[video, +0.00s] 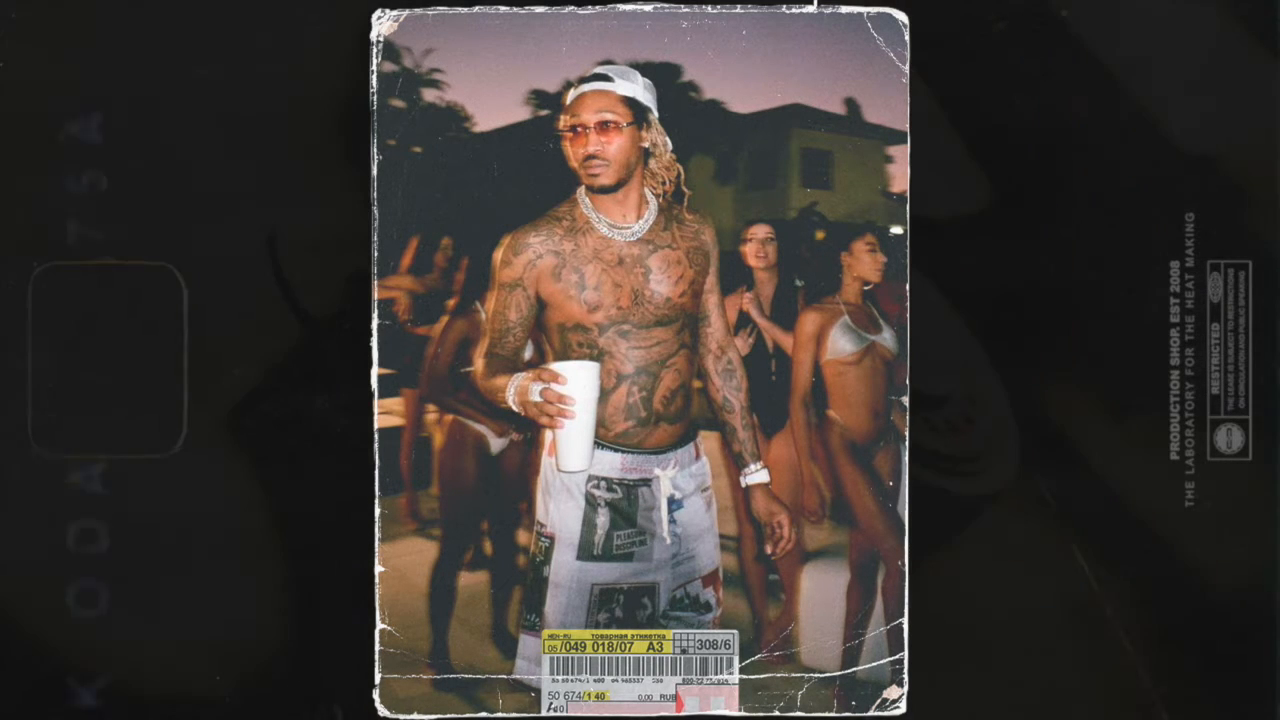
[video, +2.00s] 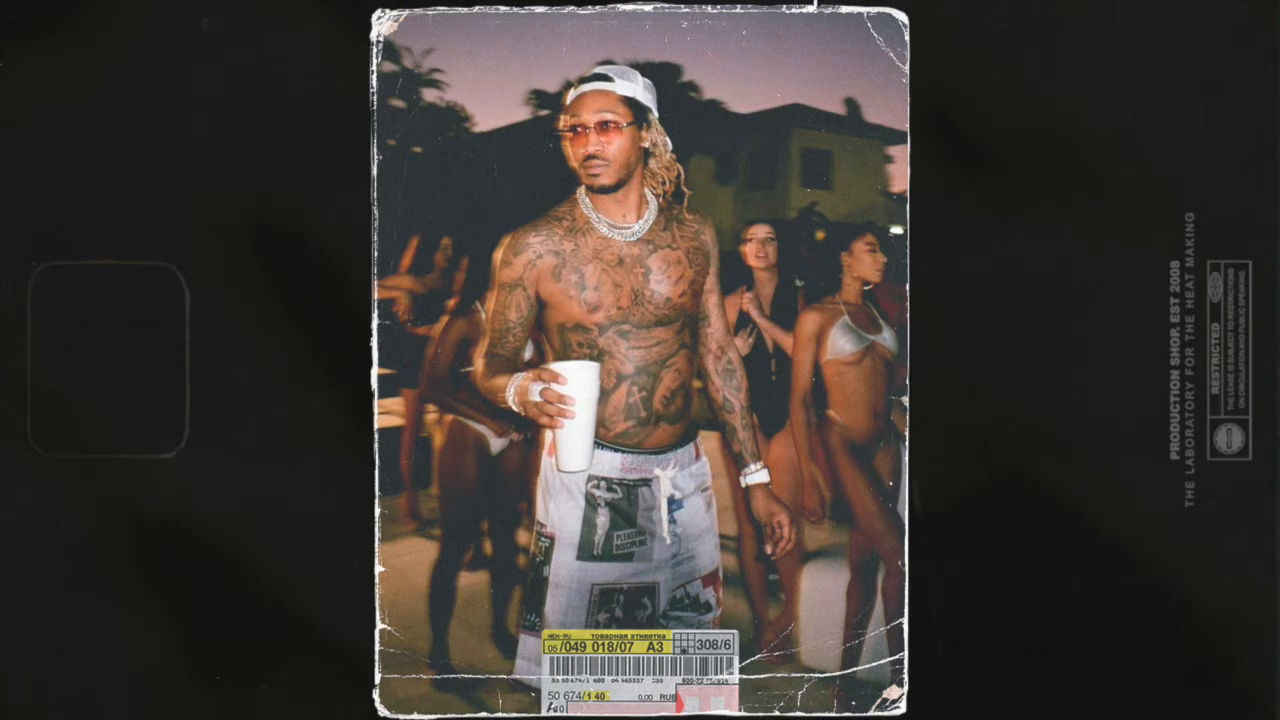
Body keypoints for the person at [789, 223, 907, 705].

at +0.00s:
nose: (882, 259)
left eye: (881, 251)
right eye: (871, 251)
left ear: (870, 261)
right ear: (844, 259)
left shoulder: (877, 315)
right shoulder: (818, 317)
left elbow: (885, 394)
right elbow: (798, 403)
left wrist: (901, 444)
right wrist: (813, 478)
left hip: (881, 448)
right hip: (838, 449)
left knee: (864, 562)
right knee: (898, 553)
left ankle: (846, 673)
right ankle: (903, 672)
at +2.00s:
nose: (882, 258)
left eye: (881, 251)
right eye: (871, 251)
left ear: (871, 262)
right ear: (844, 259)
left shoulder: (877, 315)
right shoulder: (818, 317)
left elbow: (887, 390)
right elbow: (799, 403)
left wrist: (900, 434)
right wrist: (812, 478)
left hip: (882, 447)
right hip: (838, 448)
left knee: (863, 563)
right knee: (898, 551)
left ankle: (847, 673)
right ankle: (903, 669)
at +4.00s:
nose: (882, 259)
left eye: (881, 251)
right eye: (871, 251)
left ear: (870, 262)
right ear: (844, 259)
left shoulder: (877, 315)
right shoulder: (818, 317)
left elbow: (887, 390)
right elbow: (799, 403)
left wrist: (898, 439)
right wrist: (813, 478)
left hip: (882, 448)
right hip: (838, 449)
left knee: (863, 563)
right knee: (897, 552)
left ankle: (846, 674)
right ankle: (902, 670)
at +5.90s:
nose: (882, 259)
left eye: (881, 251)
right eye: (871, 251)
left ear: (871, 262)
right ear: (844, 259)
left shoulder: (877, 316)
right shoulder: (818, 317)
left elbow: (884, 391)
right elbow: (798, 403)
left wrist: (900, 433)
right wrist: (813, 478)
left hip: (882, 448)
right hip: (838, 449)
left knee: (863, 562)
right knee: (898, 553)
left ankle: (846, 673)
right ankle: (903, 671)